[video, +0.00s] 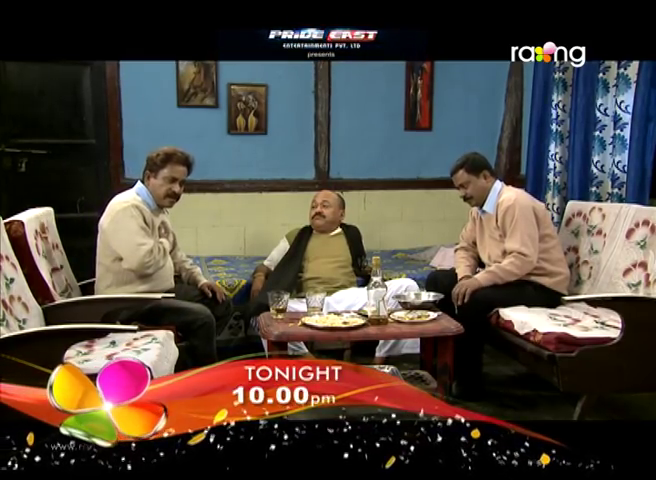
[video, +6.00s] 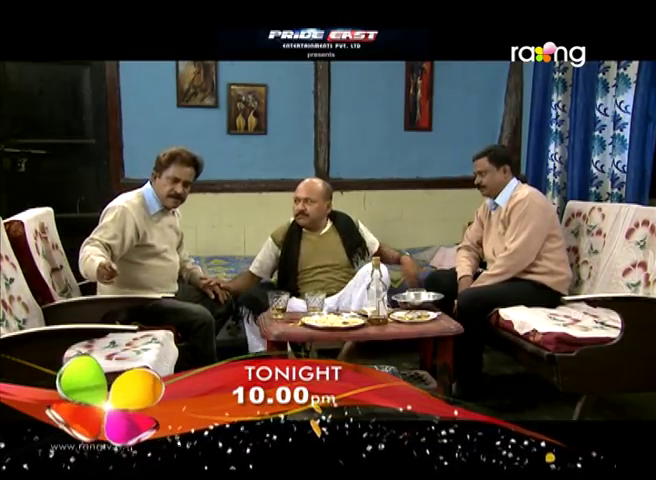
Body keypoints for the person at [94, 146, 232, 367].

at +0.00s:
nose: (177, 190)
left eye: (182, 184)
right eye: (171, 181)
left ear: (184, 185)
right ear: (149, 177)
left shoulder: (158, 214)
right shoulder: (125, 209)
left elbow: (176, 257)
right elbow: (140, 262)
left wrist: (201, 281)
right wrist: (164, 244)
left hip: (158, 295)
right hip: (128, 304)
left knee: (219, 303)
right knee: (200, 318)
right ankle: (205, 385)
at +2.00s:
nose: (173, 188)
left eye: (178, 182)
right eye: (167, 179)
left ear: (181, 184)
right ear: (145, 177)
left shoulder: (156, 213)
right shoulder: (122, 208)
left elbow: (178, 258)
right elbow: (142, 260)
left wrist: (202, 283)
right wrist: (165, 241)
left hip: (156, 295)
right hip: (127, 304)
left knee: (219, 304)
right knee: (200, 319)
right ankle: (203, 383)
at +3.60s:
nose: (159, 178)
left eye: (162, 173)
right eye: (151, 171)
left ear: (164, 178)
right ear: (129, 175)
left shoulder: (144, 210)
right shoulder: (110, 203)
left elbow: (170, 256)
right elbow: (121, 240)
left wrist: (199, 280)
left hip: (157, 293)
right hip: (126, 301)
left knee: (218, 302)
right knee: (201, 317)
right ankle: (203, 383)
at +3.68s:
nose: (160, 177)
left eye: (163, 173)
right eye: (152, 170)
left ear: (166, 177)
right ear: (131, 175)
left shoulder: (146, 211)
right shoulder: (112, 202)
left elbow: (168, 255)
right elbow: (112, 226)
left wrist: (199, 280)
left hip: (159, 293)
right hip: (126, 302)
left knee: (218, 302)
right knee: (201, 318)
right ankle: (204, 382)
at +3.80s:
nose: (159, 182)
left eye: (164, 177)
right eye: (152, 174)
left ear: (168, 181)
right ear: (132, 175)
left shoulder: (151, 213)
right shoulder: (108, 206)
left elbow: (172, 256)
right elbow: (86, 237)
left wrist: (200, 280)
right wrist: (62, 235)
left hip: (161, 295)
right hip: (127, 304)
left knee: (219, 303)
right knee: (199, 318)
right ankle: (203, 383)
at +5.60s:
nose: (171, 186)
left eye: (177, 181)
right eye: (164, 178)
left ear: (182, 185)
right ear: (146, 176)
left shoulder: (166, 212)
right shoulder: (118, 207)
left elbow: (176, 256)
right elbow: (87, 245)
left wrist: (200, 279)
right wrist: (86, 262)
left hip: (164, 298)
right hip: (128, 305)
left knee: (218, 301)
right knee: (199, 318)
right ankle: (205, 384)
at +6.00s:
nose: (179, 190)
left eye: (186, 185)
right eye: (173, 181)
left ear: (191, 188)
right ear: (155, 177)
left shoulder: (172, 214)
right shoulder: (126, 208)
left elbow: (180, 259)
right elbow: (92, 249)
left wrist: (202, 280)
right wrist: (98, 265)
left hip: (167, 296)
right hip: (130, 304)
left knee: (221, 304)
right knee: (200, 319)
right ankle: (204, 387)